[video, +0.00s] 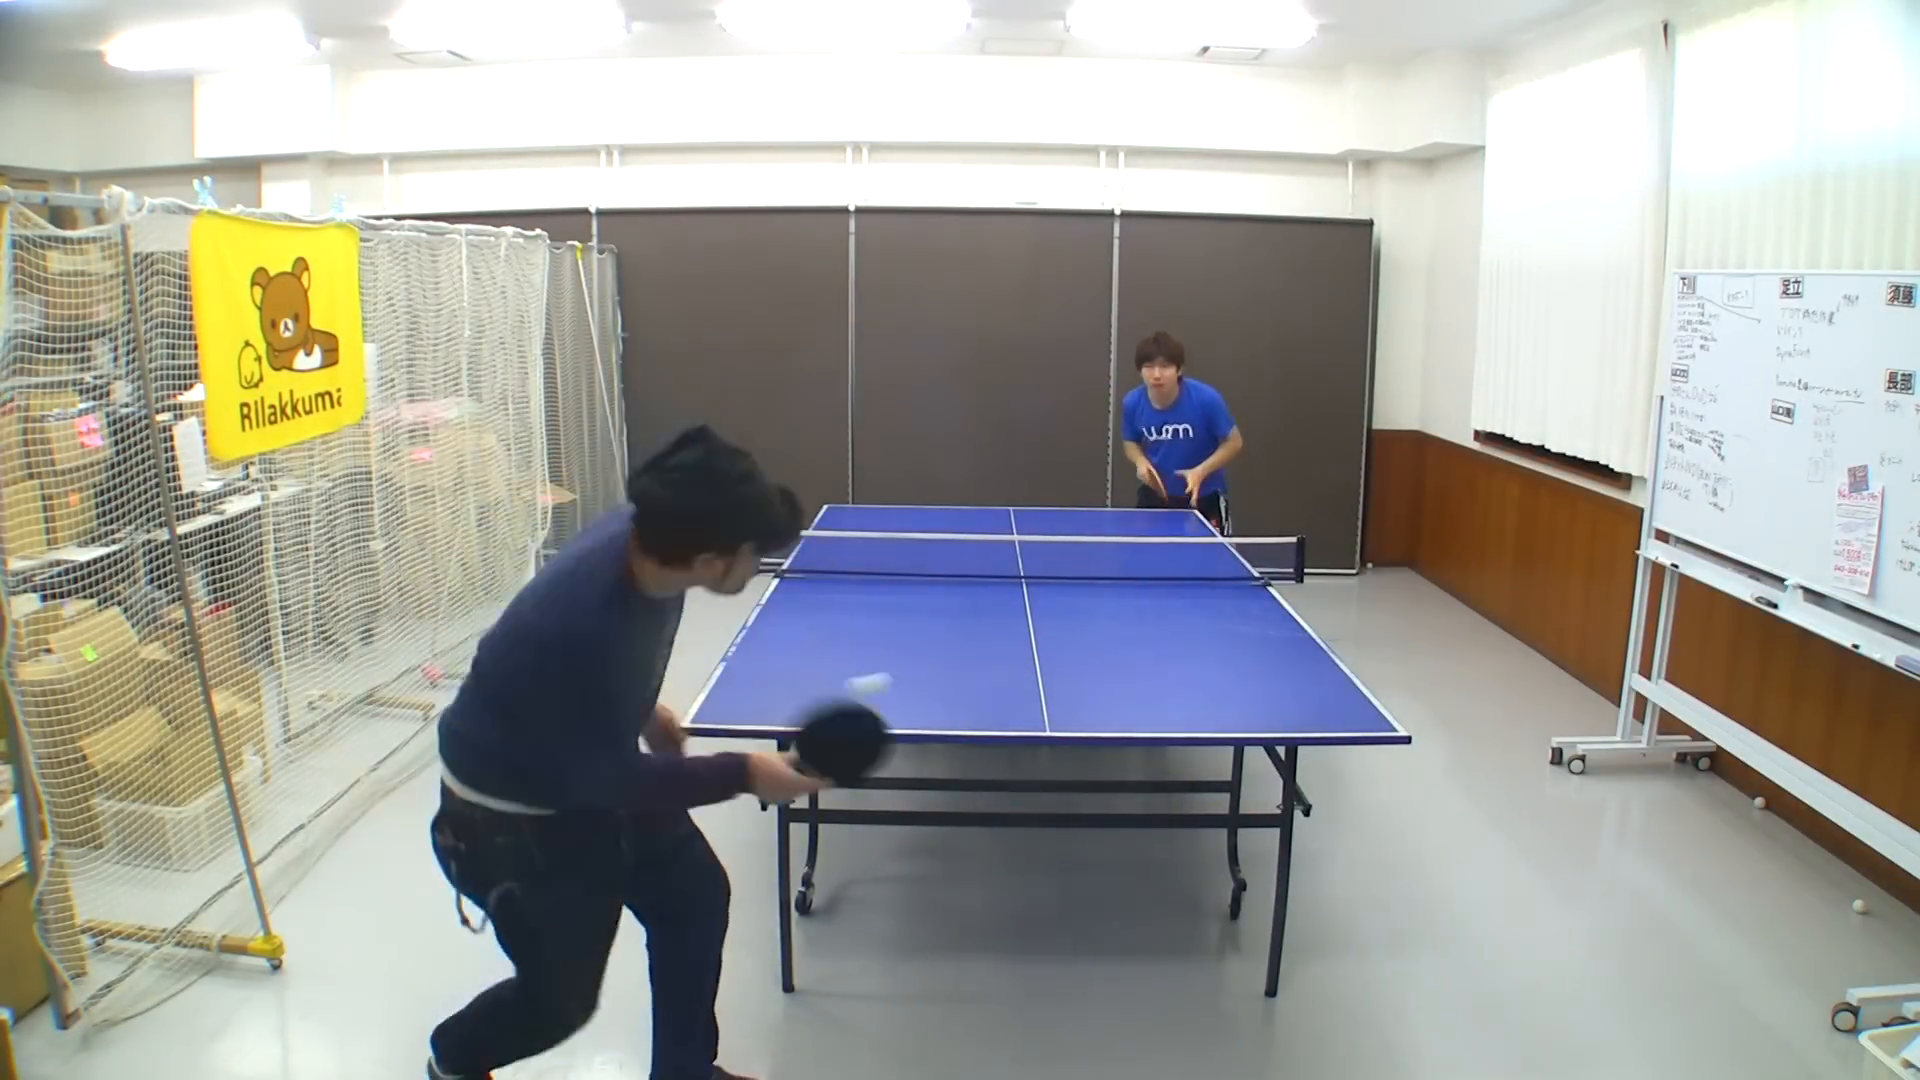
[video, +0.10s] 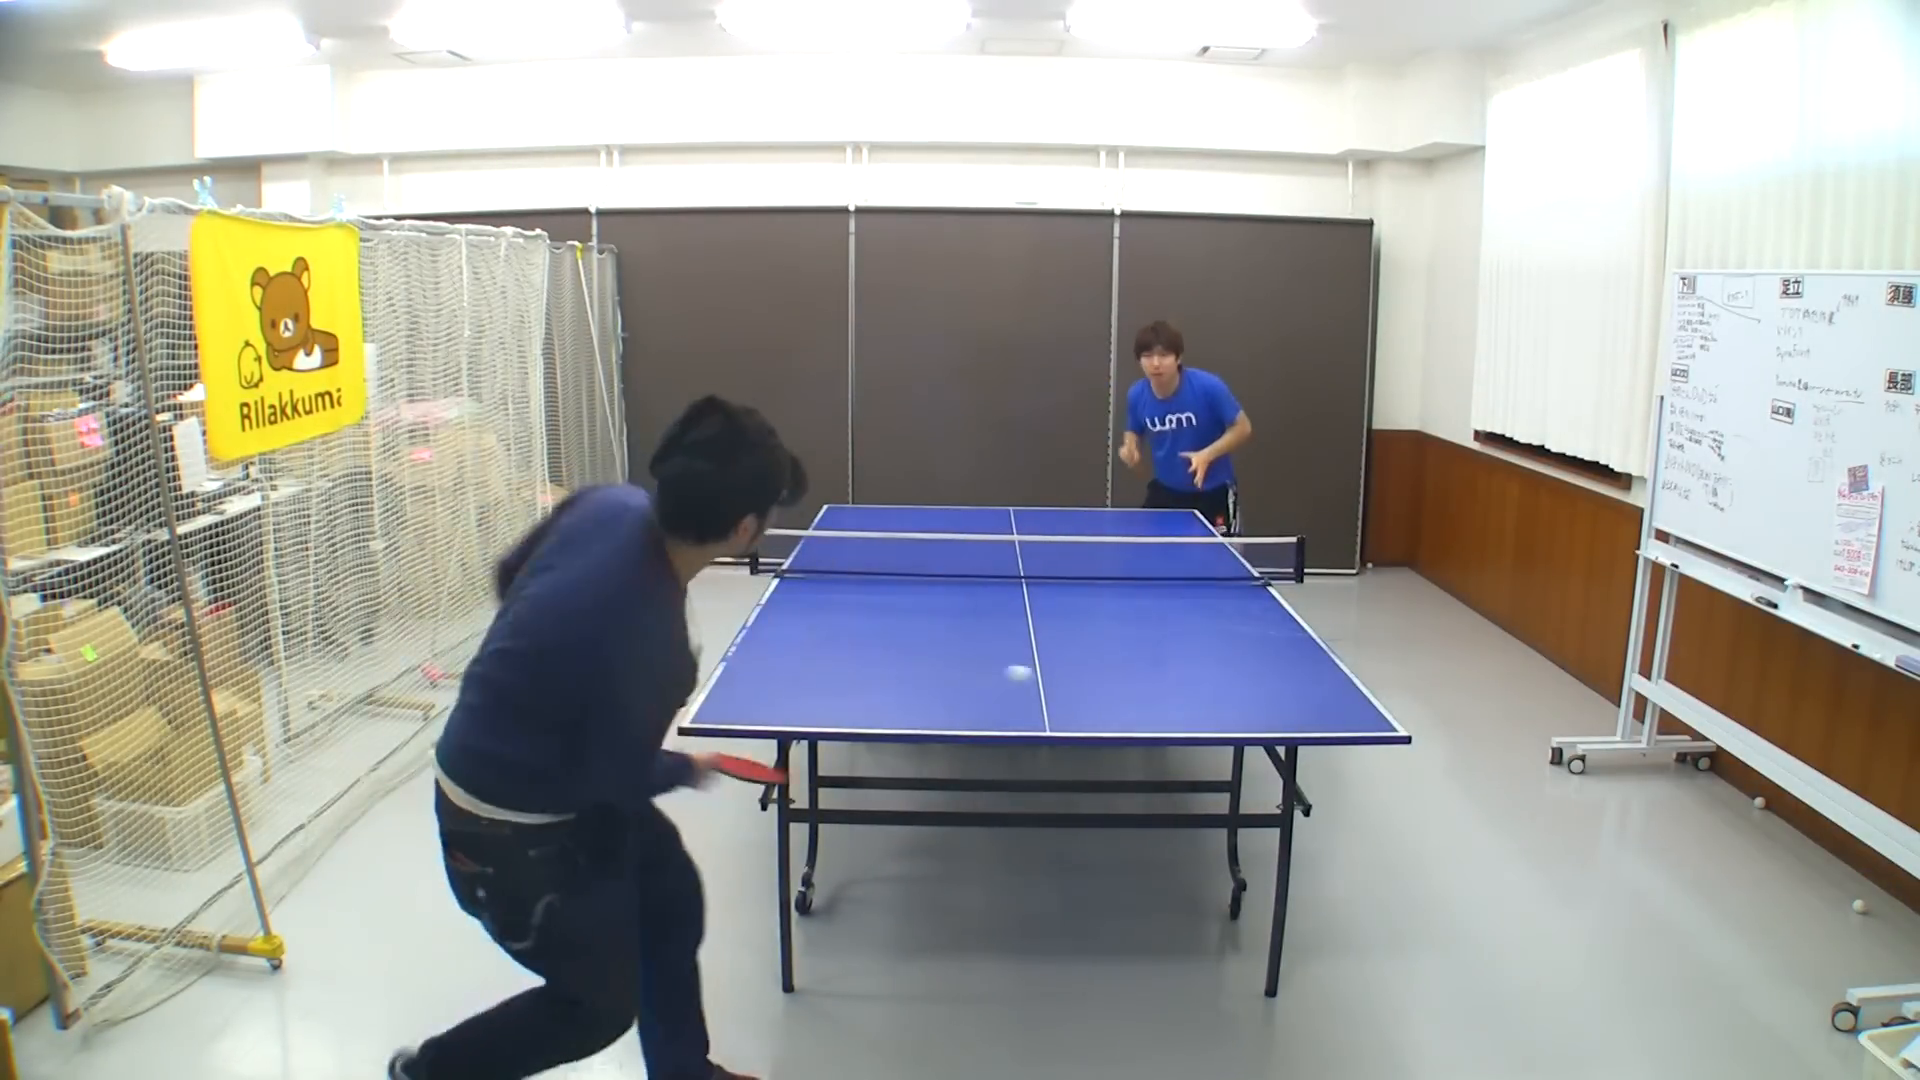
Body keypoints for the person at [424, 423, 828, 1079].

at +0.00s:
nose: (753, 569)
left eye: (755, 554)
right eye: (750, 556)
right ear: (705, 558)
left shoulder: (649, 542)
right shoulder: (581, 629)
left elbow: (595, 657)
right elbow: (600, 781)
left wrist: (645, 710)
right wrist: (744, 773)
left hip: (589, 778)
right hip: (513, 817)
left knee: (694, 899)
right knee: (561, 1000)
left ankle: (685, 1068)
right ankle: (452, 1057)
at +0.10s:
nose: (762, 525)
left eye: (765, 509)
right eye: (762, 512)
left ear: (672, 470)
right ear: (740, 528)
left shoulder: (611, 504)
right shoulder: (648, 636)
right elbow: (609, 775)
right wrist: (688, 769)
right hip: (512, 840)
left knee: (670, 896)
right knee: (601, 1007)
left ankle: (680, 1066)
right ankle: (421, 1070)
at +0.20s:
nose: (762, 503)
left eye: (767, 487)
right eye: (765, 489)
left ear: (664, 453)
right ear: (744, 502)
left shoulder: (573, 487)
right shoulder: (683, 628)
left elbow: (452, 543)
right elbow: (627, 764)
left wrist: (426, 668)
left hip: (449, 783)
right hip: (509, 827)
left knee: (619, 920)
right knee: (604, 994)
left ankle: (671, 1065)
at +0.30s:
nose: (739, 480)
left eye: (742, 463)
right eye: (741, 465)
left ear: (636, 435)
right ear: (720, 476)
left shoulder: (534, 485)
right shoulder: (672, 604)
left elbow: (413, 557)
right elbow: (632, 773)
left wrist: (377, 688)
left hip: (422, 795)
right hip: (503, 829)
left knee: (568, 957)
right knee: (587, 1029)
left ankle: (627, 1064)